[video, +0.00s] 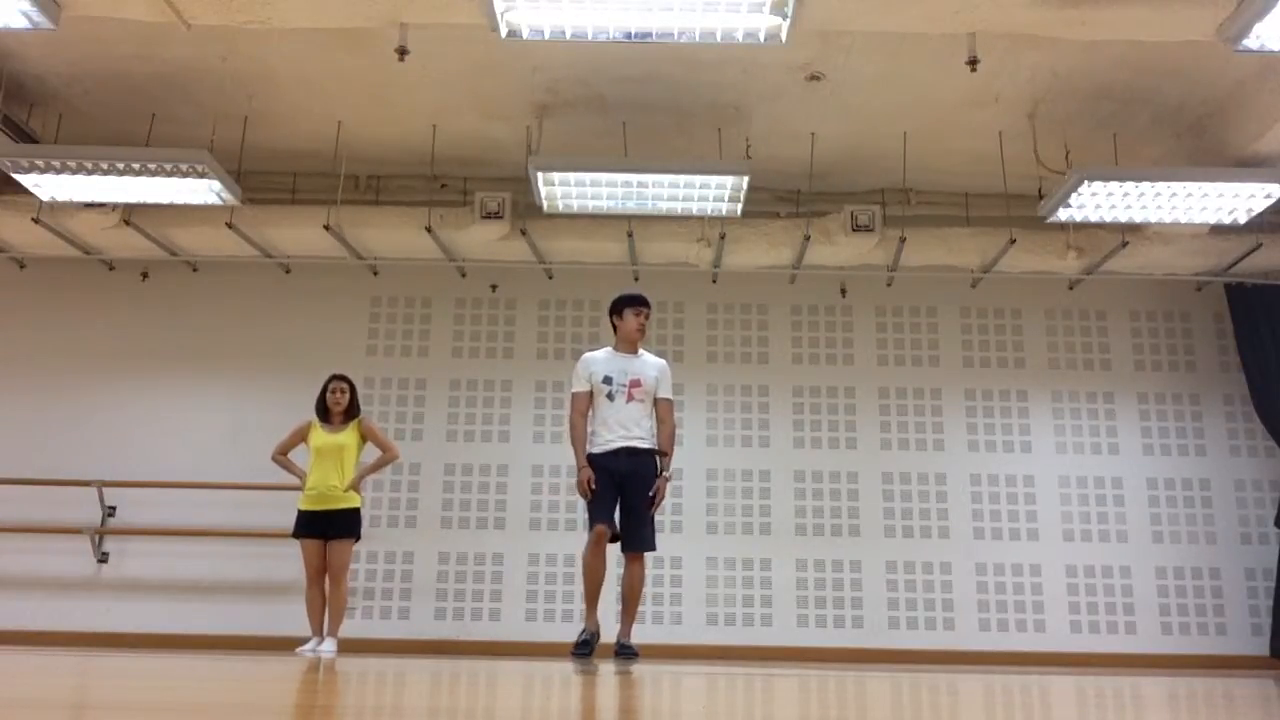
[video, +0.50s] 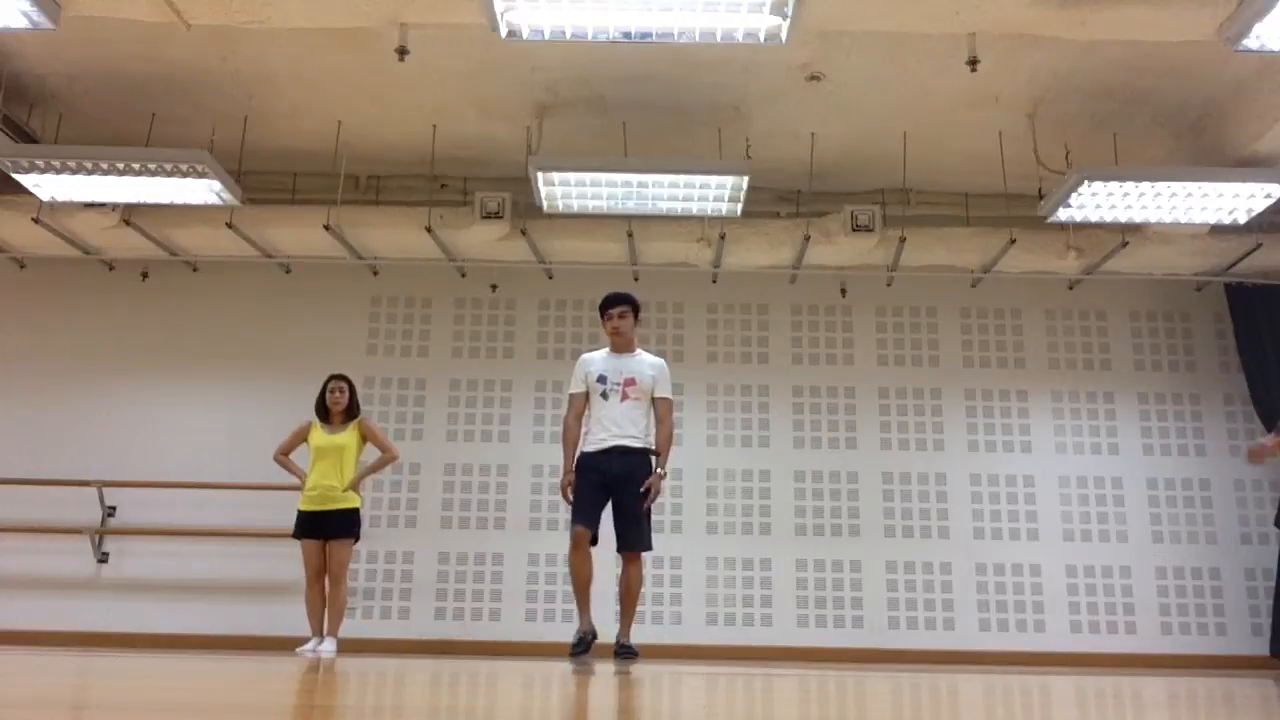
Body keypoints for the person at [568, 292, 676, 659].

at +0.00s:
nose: (643, 322)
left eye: (646, 317)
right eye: (636, 316)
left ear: (647, 324)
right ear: (616, 320)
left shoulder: (658, 367)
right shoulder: (591, 362)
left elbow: (666, 422)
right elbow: (578, 416)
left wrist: (664, 473)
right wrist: (582, 464)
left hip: (642, 462)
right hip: (601, 461)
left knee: (635, 550)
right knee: (599, 534)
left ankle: (624, 637)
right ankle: (590, 626)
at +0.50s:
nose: (616, 323)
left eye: (623, 317)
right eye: (610, 318)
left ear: (636, 321)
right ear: (603, 324)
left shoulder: (654, 365)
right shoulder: (588, 363)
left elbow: (665, 420)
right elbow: (574, 416)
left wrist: (660, 470)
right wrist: (568, 467)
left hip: (635, 462)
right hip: (592, 461)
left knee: (631, 551)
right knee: (579, 537)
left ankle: (624, 636)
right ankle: (584, 626)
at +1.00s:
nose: (566, 318)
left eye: (571, 311)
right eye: (563, 314)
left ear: (592, 313)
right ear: (563, 319)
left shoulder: (623, 357)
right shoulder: (555, 360)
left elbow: (636, 413)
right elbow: (543, 416)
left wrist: (635, 464)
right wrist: (534, 470)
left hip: (601, 460)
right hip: (558, 459)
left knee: (609, 552)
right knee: (542, 546)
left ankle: (620, 636)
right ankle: (529, 634)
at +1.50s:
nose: (525, 315)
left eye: (529, 306)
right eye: (526, 307)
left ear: (549, 308)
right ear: (543, 310)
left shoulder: (586, 347)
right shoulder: (528, 358)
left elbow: (593, 405)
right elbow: (515, 411)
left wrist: (572, 454)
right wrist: (501, 457)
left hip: (568, 453)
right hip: (527, 455)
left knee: (584, 540)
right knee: (527, 545)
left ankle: (607, 625)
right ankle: (528, 634)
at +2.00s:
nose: (546, 306)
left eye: (553, 300)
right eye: (540, 302)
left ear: (569, 308)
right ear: (536, 312)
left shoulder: (592, 349)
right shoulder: (526, 358)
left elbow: (600, 405)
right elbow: (516, 416)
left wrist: (587, 452)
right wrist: (514, 472)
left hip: (574, 453)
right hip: (530, 455)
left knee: (595, 539)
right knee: (528, 545)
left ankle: (613, 625)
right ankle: (529, 635)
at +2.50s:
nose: (598, 309)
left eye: (605, 304)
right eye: (592, 304)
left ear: (616, 312)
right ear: (582, 311)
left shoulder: (633, 358)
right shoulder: (562, 353)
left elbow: (644, 414)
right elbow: (550, 406)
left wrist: (644, 469)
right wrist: (546, 453)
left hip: (614, 459)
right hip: (569, 457)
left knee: (615, 550)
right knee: (552, 542)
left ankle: (614, 635)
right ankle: (541, 632)